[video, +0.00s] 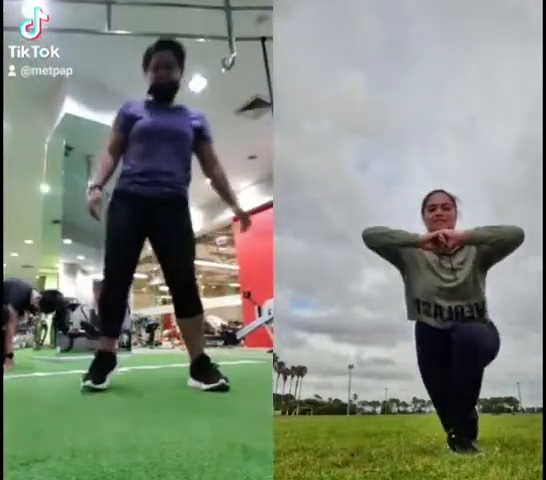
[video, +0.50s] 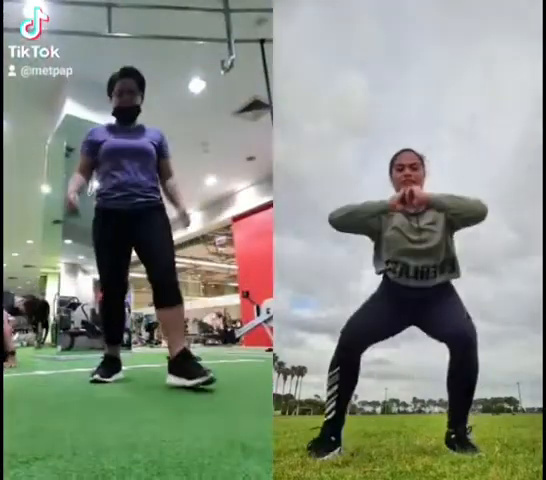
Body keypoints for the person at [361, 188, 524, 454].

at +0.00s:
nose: (439, 213)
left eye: (446, 208)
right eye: (432, 209)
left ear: (456, 215)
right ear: (424, 217)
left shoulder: (476, 254)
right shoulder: (410, 255)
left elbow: (516, 235)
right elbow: (370, 236)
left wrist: (464, 237)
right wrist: (419, 240)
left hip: (475, 332)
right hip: (431, 335)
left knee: (467, 341)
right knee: (444, 400)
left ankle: (463, 431)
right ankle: (460, 439)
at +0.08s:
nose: (438, 203)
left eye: (445, 197)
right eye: (431, 198)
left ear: (455, 205)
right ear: (422, 207)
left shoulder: (475, 243)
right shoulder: (409, 244)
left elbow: (514, 225)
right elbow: (370, 223)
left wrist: (462, 226)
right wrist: (418, 228)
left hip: (471, 320)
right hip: (428, 324)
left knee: (467, 341)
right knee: (445, 397)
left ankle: (461, 434)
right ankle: (467, 427)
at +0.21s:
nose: (432, 176)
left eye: (438, 171)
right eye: (425, 171)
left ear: (448, 177)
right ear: (416, 180)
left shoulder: (468, 216)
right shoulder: (404, 218)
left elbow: (509, 205)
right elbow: (365, 207)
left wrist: (459, 203)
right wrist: (412, 206)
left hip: (464, 297)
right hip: (421, 299)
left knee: (469, 342)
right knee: (434, 390)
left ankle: (460, 433)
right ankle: (460, 406)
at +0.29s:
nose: (427, 166)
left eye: (433, 161)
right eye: (420, 162)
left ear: (443, 167)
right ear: (411, 170)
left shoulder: (464, 205)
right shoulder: (401, 209)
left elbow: (506, 197)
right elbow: (361, 204)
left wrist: (455, 194)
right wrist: (409, 198)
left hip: (458, 287)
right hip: (416, 289)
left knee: (467, 343)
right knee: (413, 372)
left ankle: (460, 430)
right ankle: (442, 399)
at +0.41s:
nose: (414, 162)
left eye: (420, 156)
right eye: (406, 158)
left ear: (431, 162)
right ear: (398, 167)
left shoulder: (450, 199)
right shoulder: (389, 206)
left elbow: (489, 195)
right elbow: (345, 207)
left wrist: (438, 187)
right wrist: (393, 196)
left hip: (449, 286)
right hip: (404, 285)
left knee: (465, 340)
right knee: (366, 332)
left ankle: (458, 433)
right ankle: (357, 420)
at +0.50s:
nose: (407, 174)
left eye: (414, 168)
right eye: (401, 169)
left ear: (424, 174)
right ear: (391, 178)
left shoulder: (443, 211)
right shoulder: (382, 216)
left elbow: (479, 211)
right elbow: (336, 219)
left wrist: (428, 199)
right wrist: (387, 206)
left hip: (438, 300)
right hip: (392, 299)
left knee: (464, 338)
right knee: (350, 339)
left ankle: (458, 434)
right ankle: (330, 436)